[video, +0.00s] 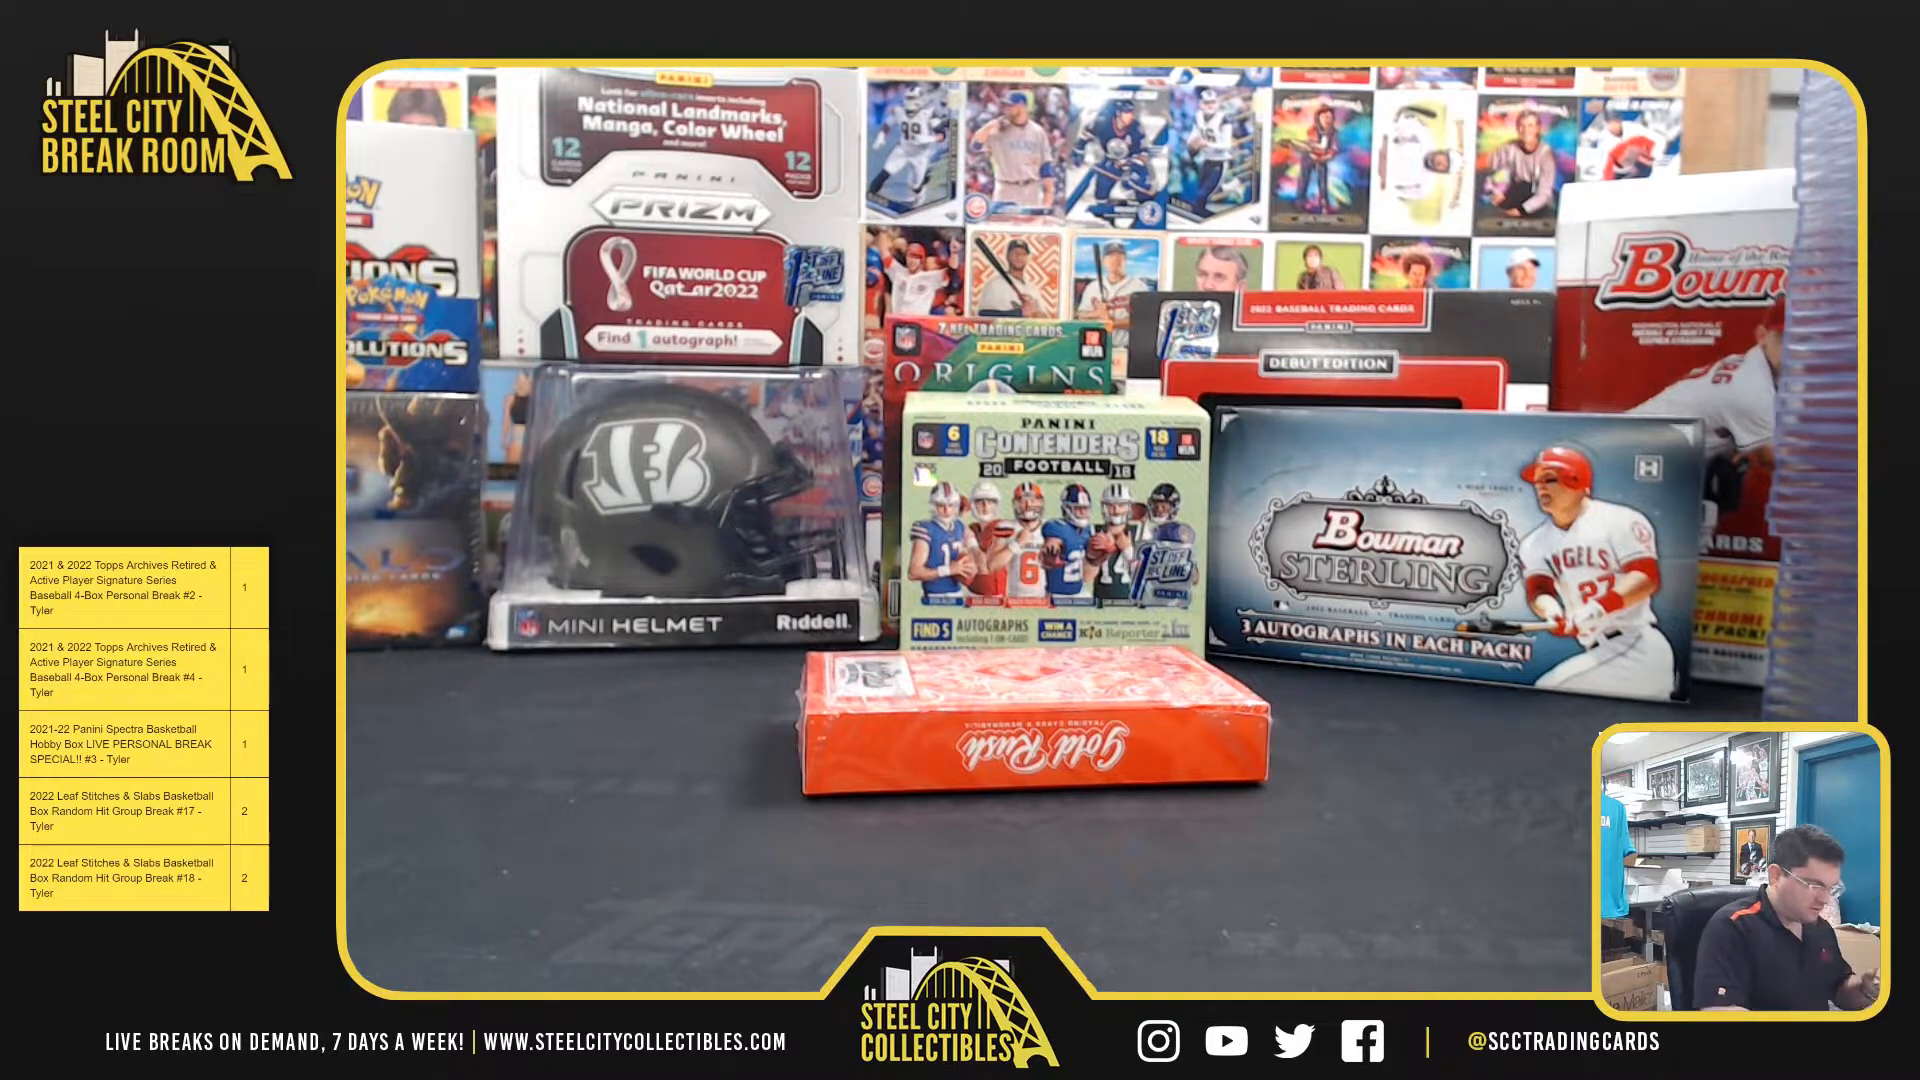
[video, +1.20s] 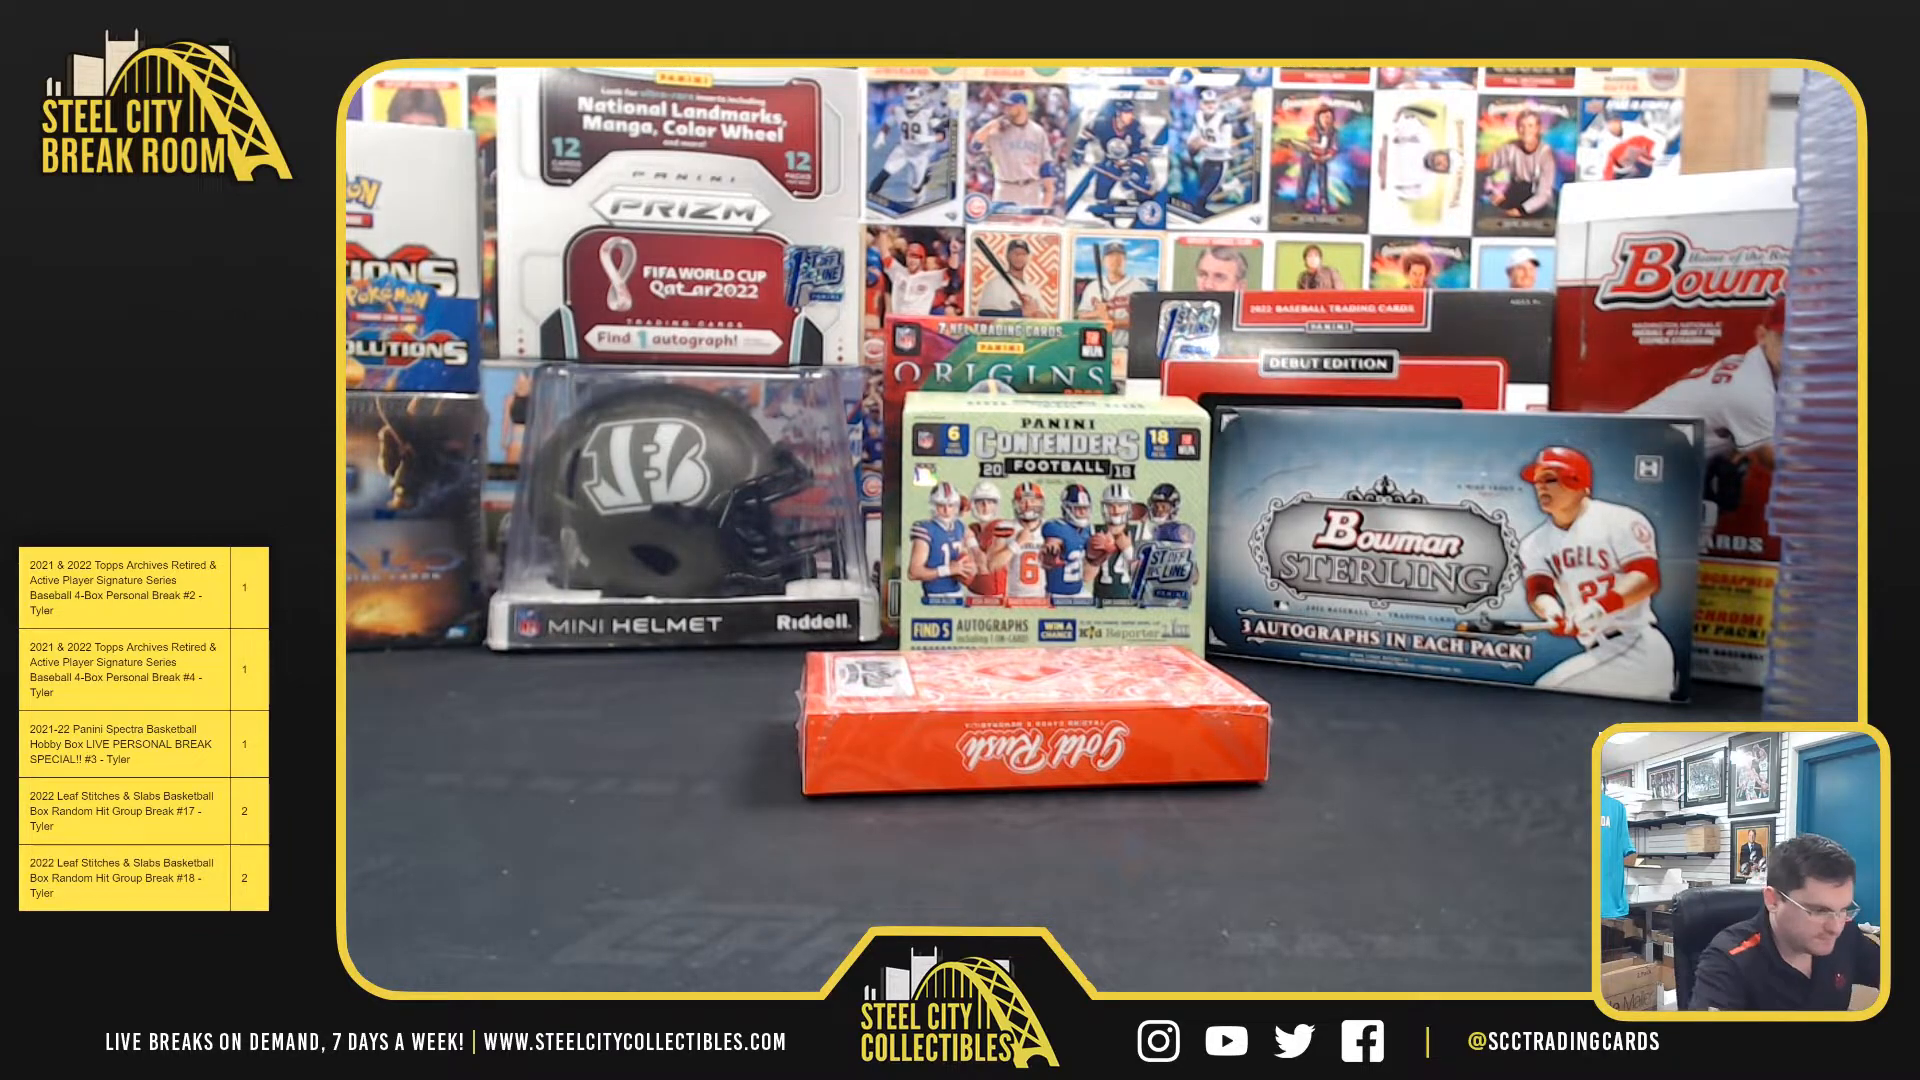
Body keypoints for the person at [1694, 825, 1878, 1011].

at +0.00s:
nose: (1825, 899)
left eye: (1831, 888)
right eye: (1815, 885)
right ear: (1776, 875)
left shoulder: (1820, 929)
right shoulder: (1729, 926)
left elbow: (1841, 993)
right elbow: (1717, 1010)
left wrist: (1864, 988)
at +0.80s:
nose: (1806, 896)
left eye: (1814, 884)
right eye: (1793, 882)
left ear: (1821, 880)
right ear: (1761, 875)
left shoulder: (1830, 927)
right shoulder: (1718, 930)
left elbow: (1866, 976)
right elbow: (1688, 1004)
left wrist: (1880, 990)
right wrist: (1771, 995)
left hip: (1823, 1049)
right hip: (1742, 1052)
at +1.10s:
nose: (1828, 919)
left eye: (1835, 903)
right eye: (1811, 904)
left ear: (1840, 894)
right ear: (1768, 894)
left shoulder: (1837, 932)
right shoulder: (1720, 956)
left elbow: (1872, 969)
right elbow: (1687, 1023)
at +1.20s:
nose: (1837, 928)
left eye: (1845, 910)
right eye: (1819, 912)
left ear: (1851, 901)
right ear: (1772, 900)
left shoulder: (1845, 936)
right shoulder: (1728, 958)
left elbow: (1895, 977)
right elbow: (1706, 1026)